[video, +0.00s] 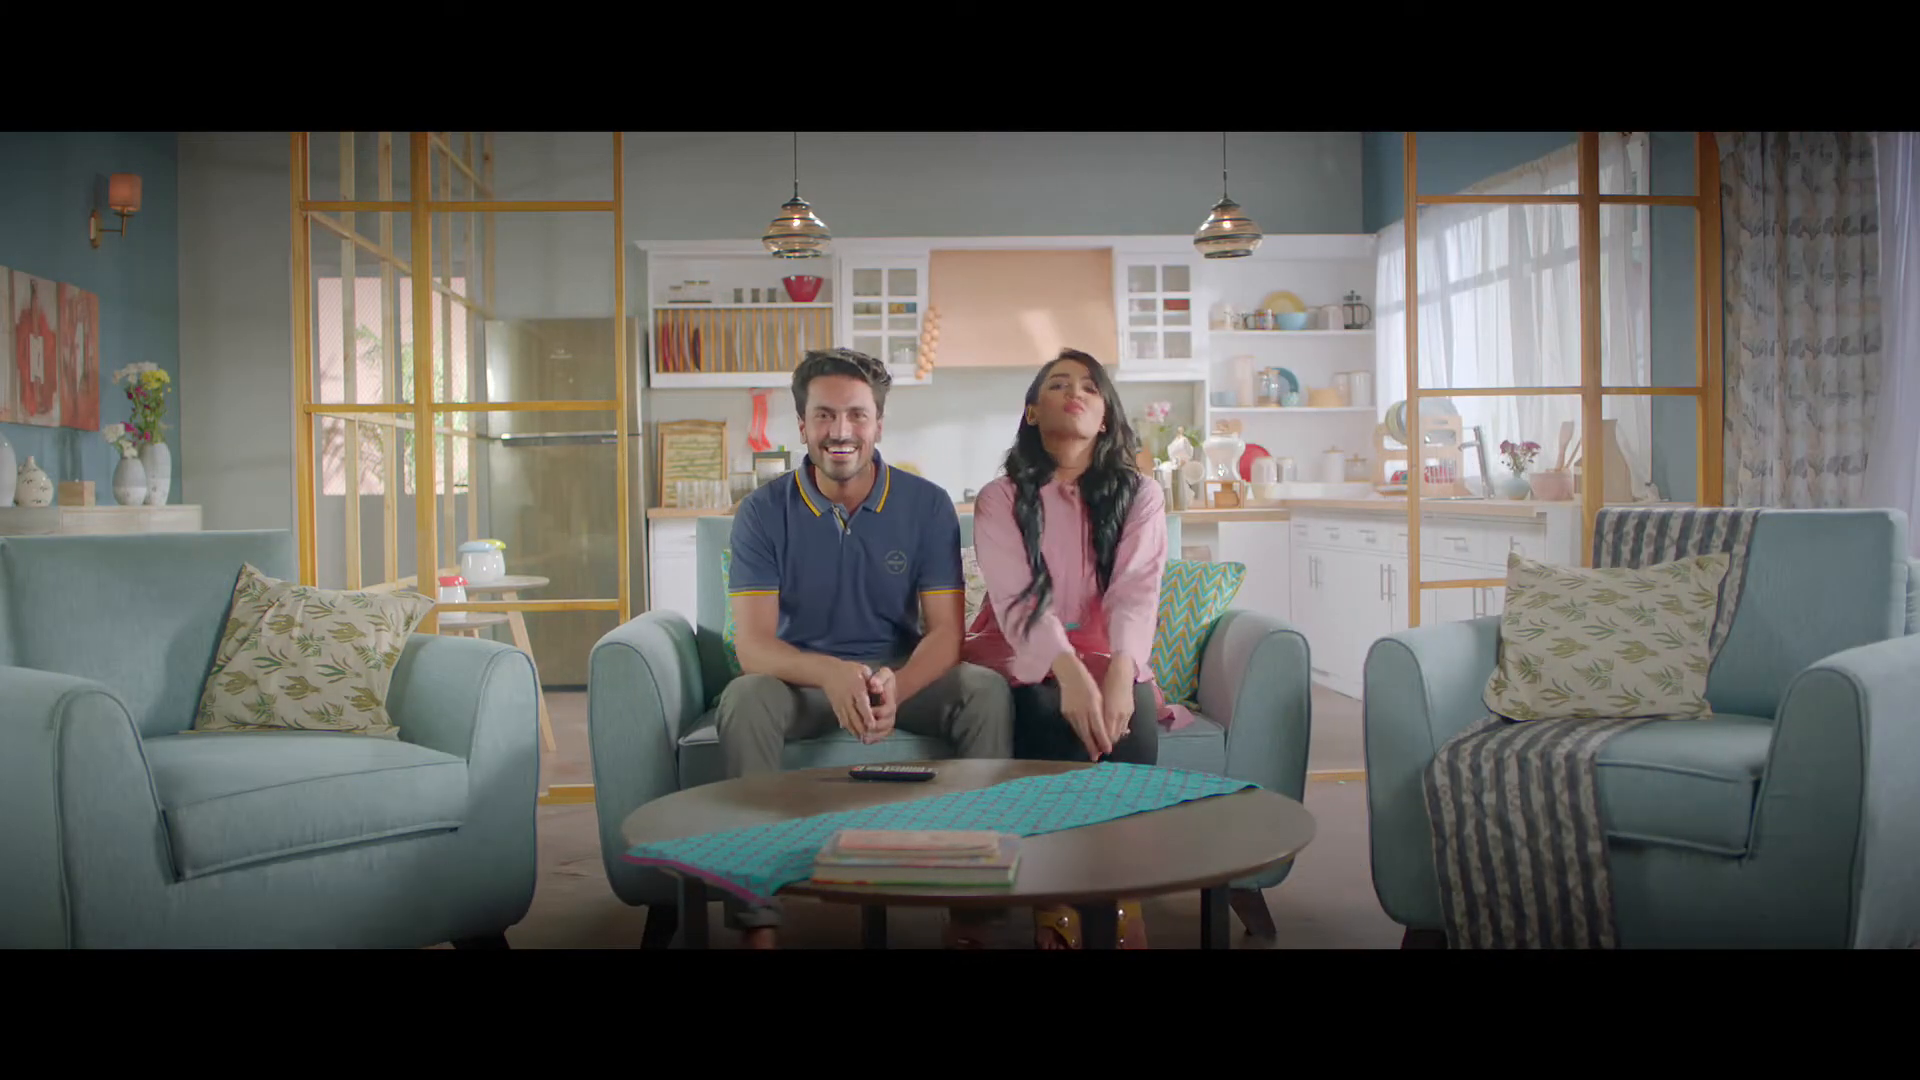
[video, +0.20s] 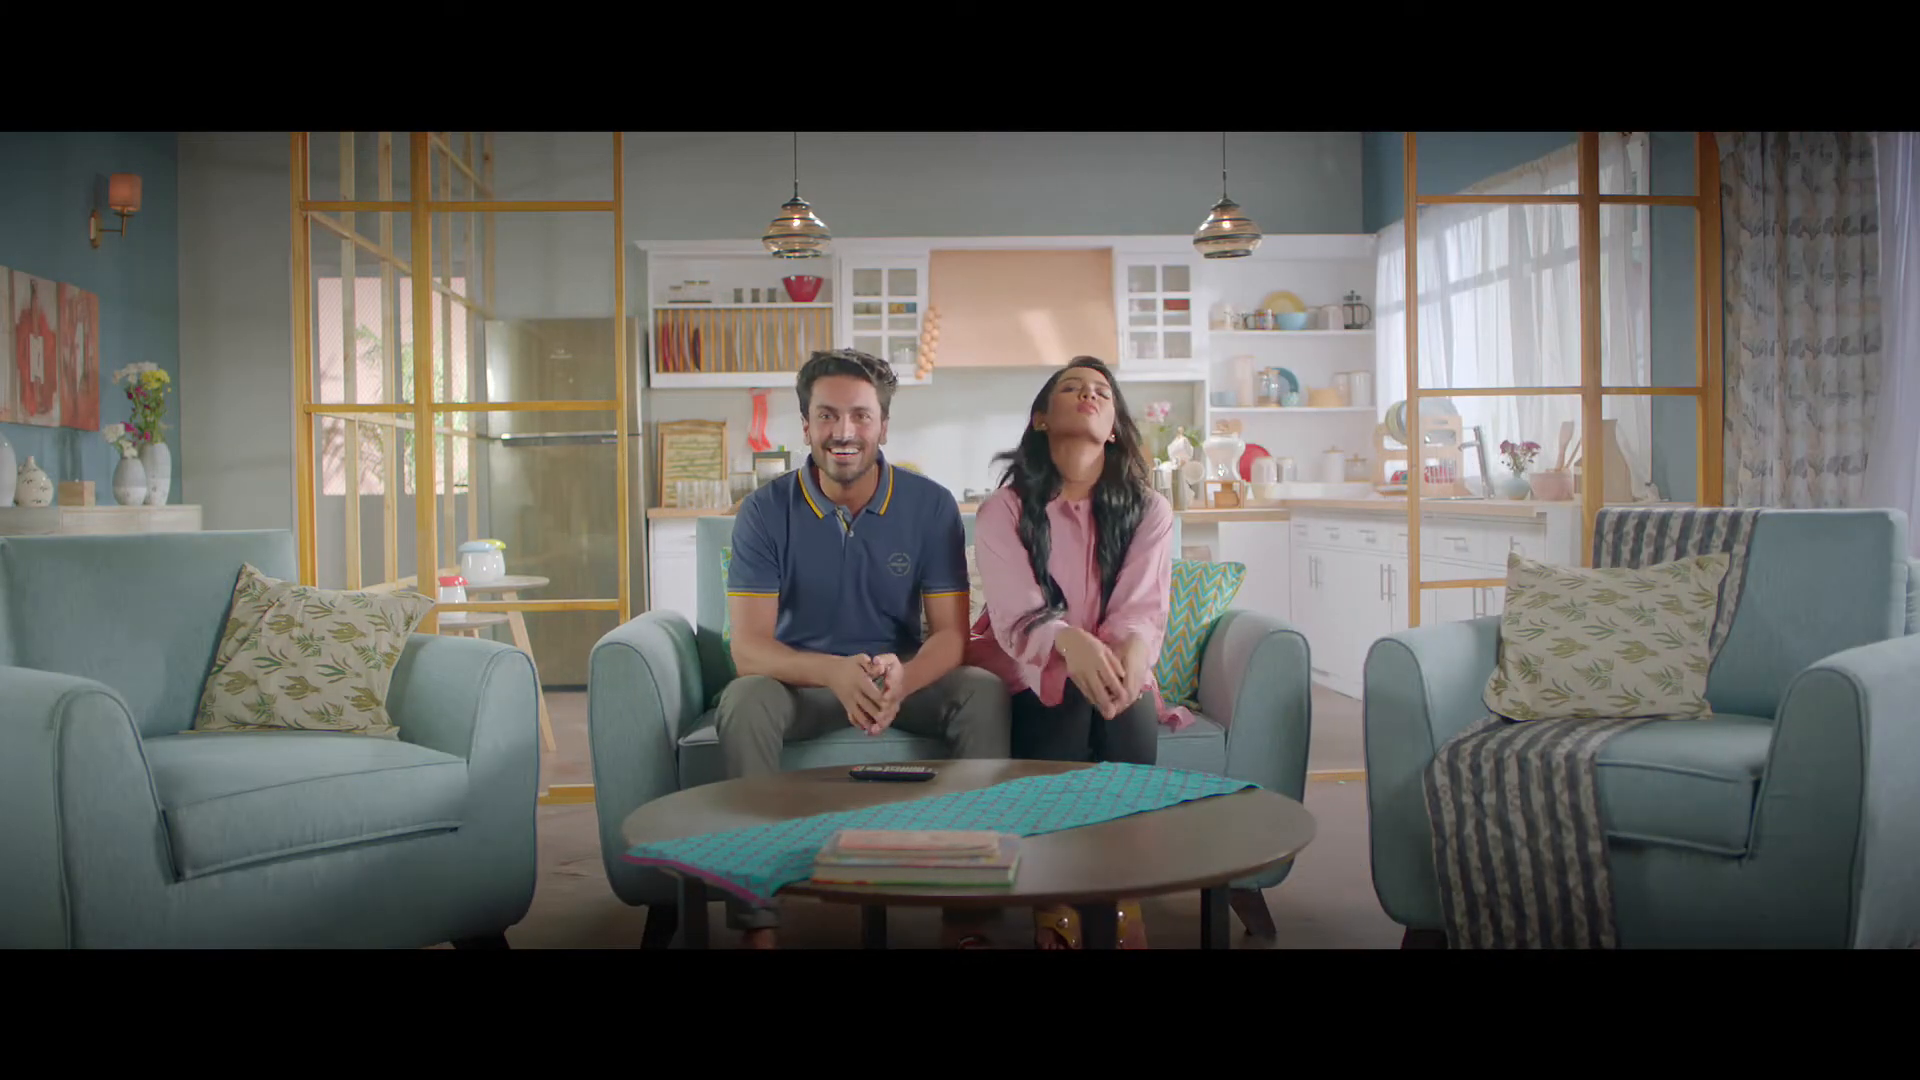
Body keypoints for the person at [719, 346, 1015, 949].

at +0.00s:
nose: (841, 431)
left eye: (857, 415)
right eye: (825, 415)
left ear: (879, 424)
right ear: (802, 425)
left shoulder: (925, 505)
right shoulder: (764, 512)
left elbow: (947, 633)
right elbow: (754, 649)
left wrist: (897, 687)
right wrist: (830, 673)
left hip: (903, 679)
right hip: (805, 684)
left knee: (987, 693)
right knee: (745, 702)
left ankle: (973, 901)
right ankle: (757, 916)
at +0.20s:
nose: (844, 432)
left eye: (860, 416)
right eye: (828, 416)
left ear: (884, 426)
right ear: (806, 427)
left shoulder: (928, 505)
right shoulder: (767, 512)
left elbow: (949, 634)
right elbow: (749, 650)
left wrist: (906, 677)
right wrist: (831, 670)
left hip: (904, 682)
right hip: (804, 685)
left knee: (985, 693)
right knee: (745, 703)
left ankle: (967, 898)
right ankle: (757, 915)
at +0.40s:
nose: (844, 441)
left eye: (860, 425)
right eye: (828, 425)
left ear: (885, 434)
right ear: (806, 434)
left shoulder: (930, 507)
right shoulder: (766, 514)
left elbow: (951, 635)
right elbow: (748, 653)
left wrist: (908, 676)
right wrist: (832, 672)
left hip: (904, 683)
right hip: (807, 687)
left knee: (983, 694)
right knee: (747, 703)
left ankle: (967, 897)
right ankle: (760, 914)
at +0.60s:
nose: (849, 439)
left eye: (866, 423)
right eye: (833, 423)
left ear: (888, 433)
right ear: (810, 432)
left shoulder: (932, 508)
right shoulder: (767, 513)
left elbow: (947, 637)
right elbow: (750, 652)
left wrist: (894, 679)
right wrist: (831, 676)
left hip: (903, 685)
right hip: (803, 688)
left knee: (976, 697)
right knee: (746, 704)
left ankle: (963, 899)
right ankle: (759, 913)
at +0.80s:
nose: (846, 438)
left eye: (861, 422)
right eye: (829, 422)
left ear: (885, 433)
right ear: (806, 435)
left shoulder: (931, 506)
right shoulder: (766, 514)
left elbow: (946, 637)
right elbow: (753, 651)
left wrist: (894, 686)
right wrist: (835, 679)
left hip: (903, 684)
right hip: (803, 688)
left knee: (980, 696)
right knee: (747, 704)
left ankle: (964, 898)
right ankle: (759, 912)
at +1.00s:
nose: (849, 438)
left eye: (865, 423)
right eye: (833, 423)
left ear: (888, 435)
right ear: (809, 435)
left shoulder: (932, 507)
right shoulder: (767, 513)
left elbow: (946, 636)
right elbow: (754, 651)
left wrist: (896, 688)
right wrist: (839, 681)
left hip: (904, 684)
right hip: (804, 688)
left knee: (981, 697)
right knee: (747, 703)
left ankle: (963, 872)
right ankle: (761, 884)